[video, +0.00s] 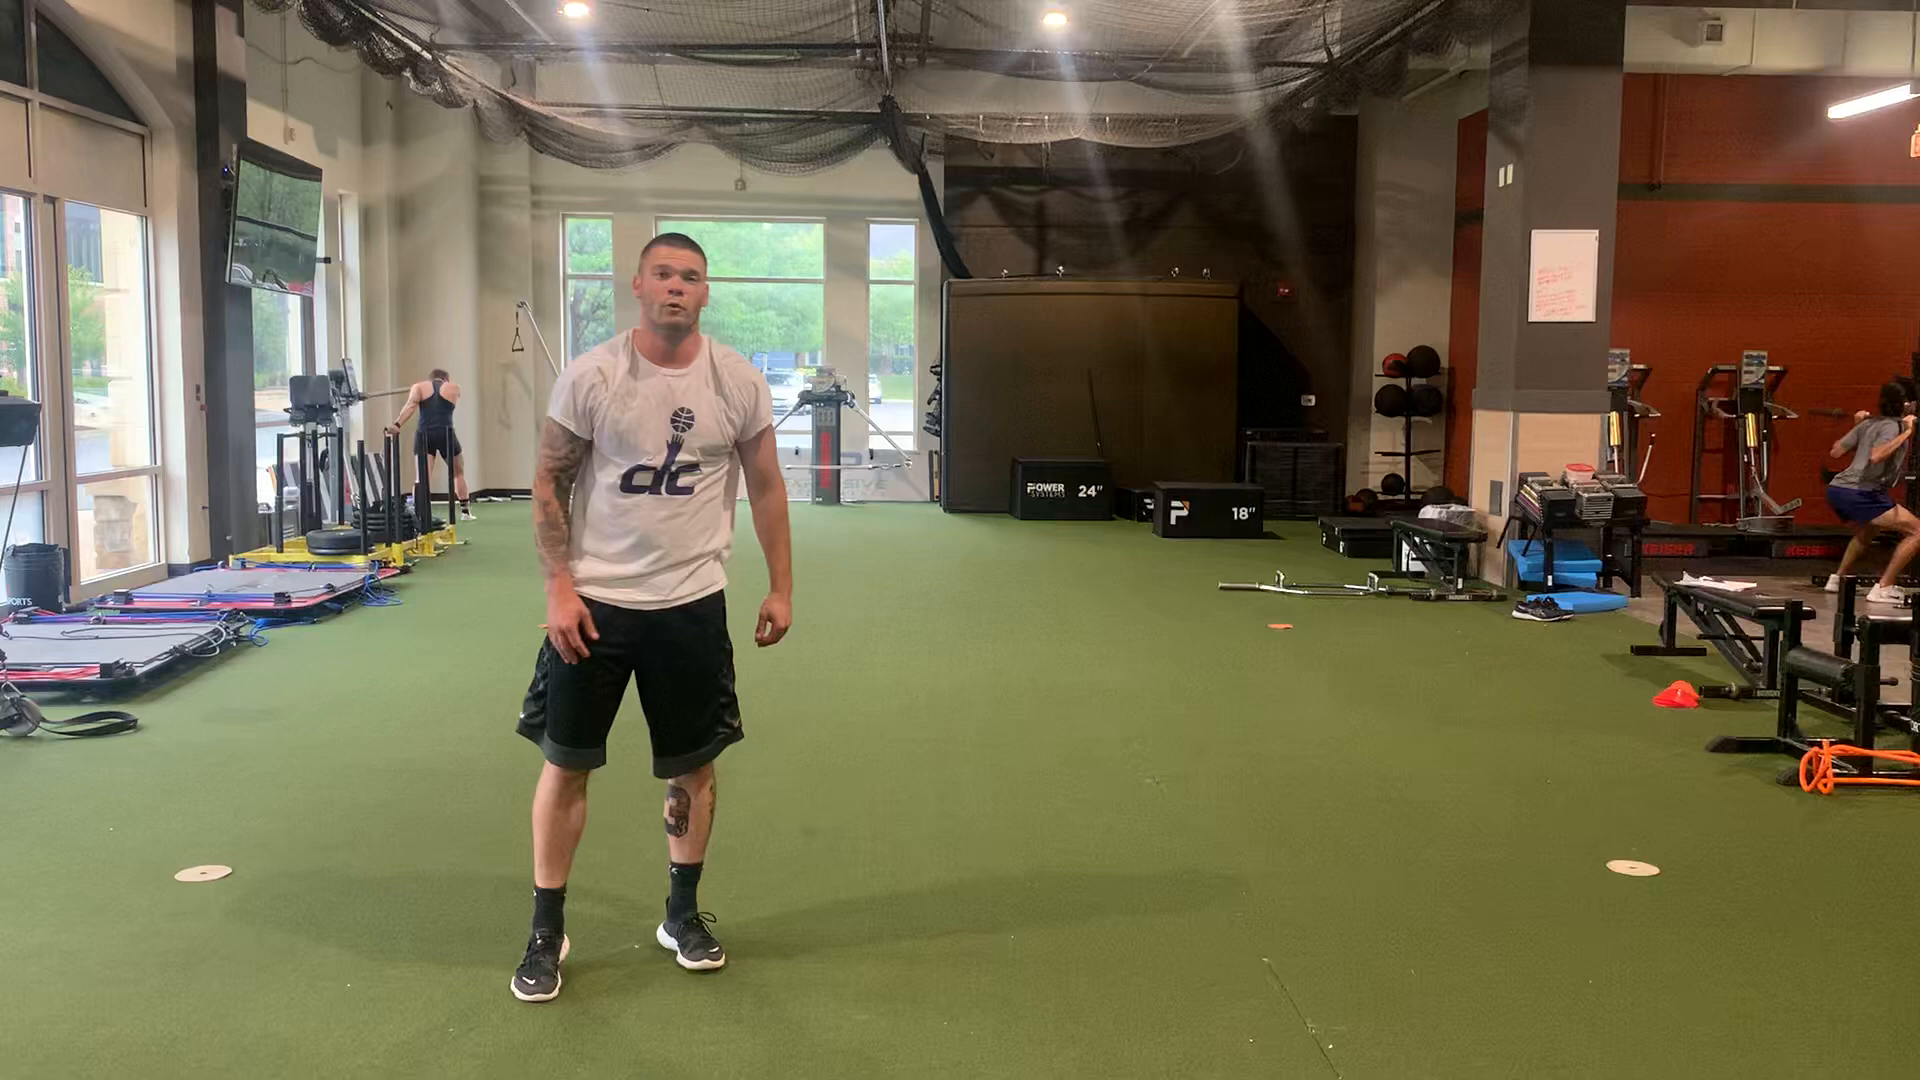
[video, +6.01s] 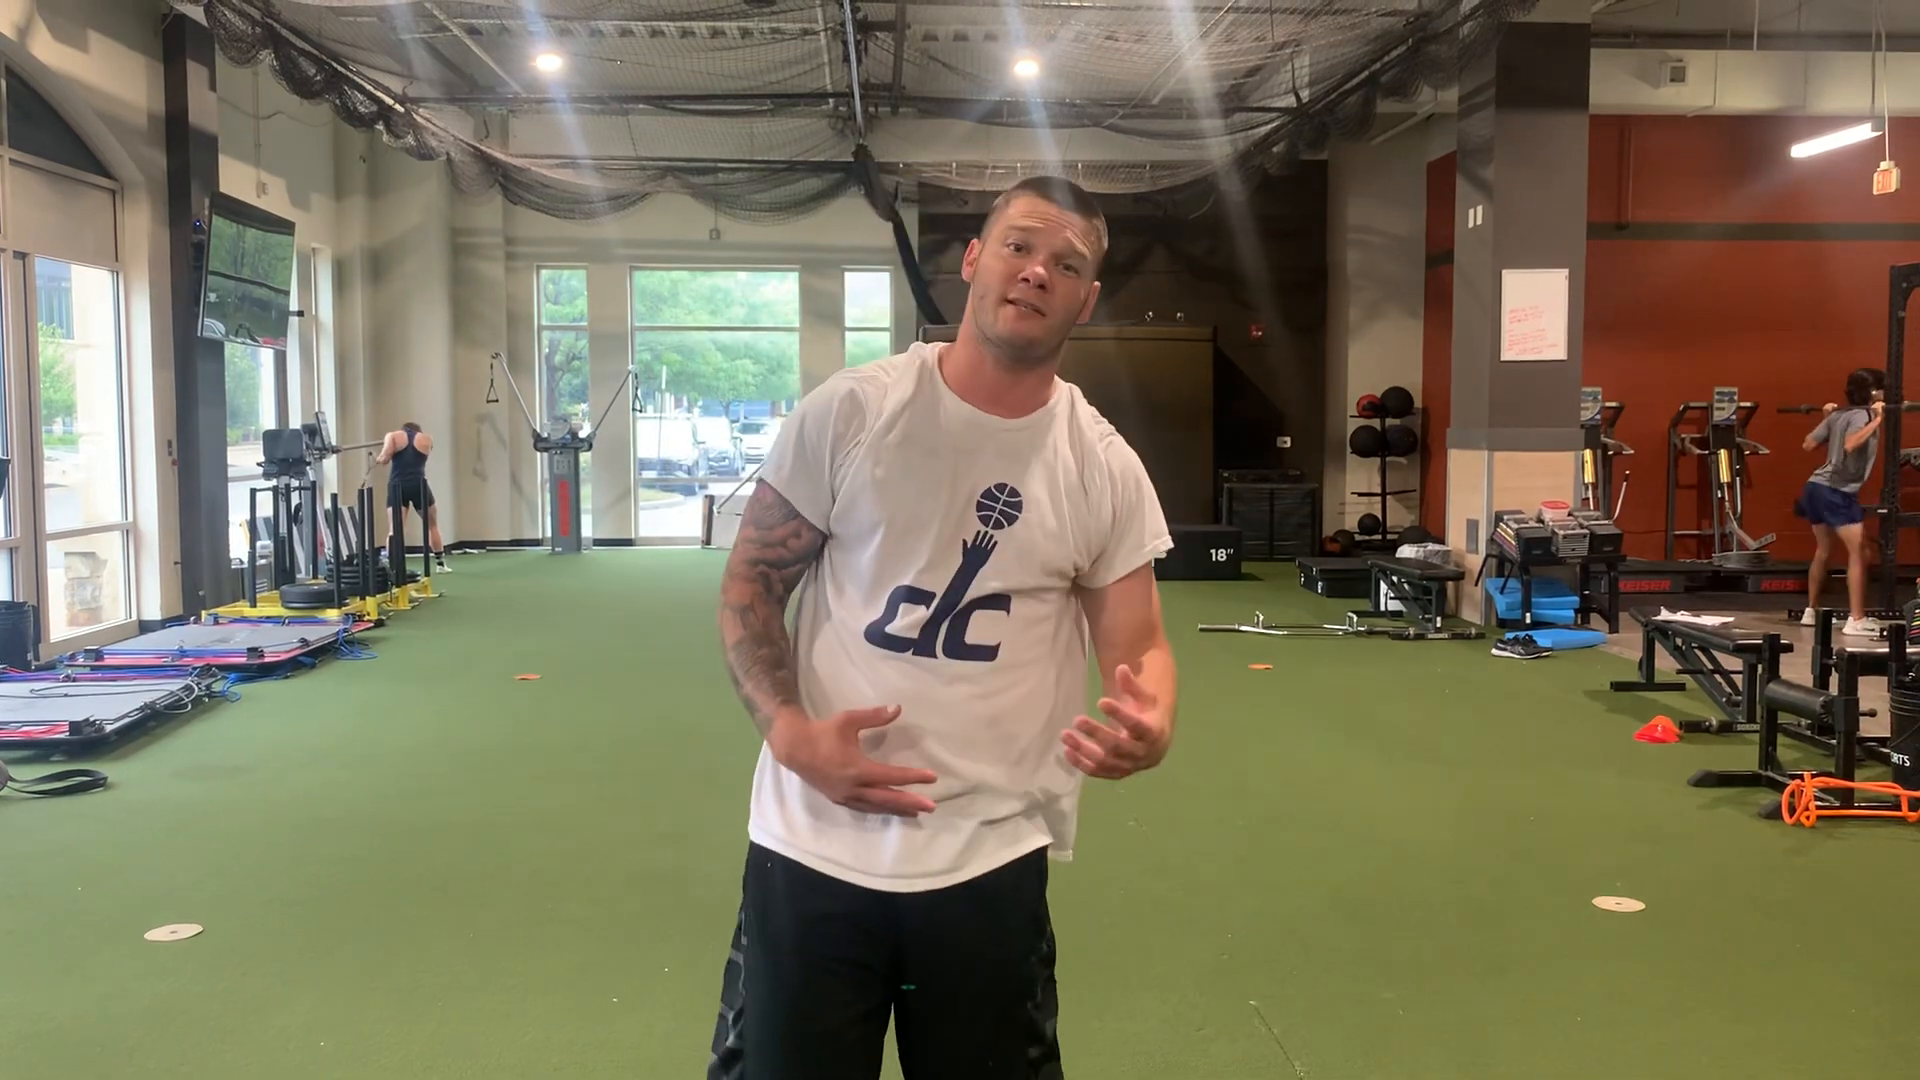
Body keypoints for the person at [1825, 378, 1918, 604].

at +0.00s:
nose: (1914, 407)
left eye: (1913, 402)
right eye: (1912, 402)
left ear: (1885, 402)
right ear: (1903, 404)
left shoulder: (1867, 424)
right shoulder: (1894, 427)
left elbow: (1836, 451)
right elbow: (1876, 456)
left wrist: (1858, 424)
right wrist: (1906, 433)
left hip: (1837, 490)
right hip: (1862, 496)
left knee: (1870, 528)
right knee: (1916, 530)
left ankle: (1838, 578)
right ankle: (1884, 587)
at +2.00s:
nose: (1915, 362)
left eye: (1915, 358)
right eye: (1913, 358)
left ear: (1883, 359)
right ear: (1904, 360)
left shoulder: (1868, 383)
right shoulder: (1894, 382)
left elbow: (1840, 411)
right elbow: (1881, 411)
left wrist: (1858, 384)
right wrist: (1909, 386)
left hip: (1845, 455)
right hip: (1868, 461)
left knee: (1860, 514)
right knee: (1901, 515)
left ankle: (1841, 572)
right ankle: (1889, 579)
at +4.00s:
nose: (1893, 445)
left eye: (1893, 440)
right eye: (1892, 440)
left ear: (1863, 442)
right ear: (1883, 444)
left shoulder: (1848, 462)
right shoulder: (1871, 464)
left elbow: (1816, 489)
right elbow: (1857, 494)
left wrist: (1837, 465)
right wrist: (1887, 470)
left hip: (1816, 528)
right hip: (1841, 533)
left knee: (1857, 544)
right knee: (1908, 545)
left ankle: (1823, 588)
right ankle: (1868, 597)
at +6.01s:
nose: (1883, 396)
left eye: (1883, 391)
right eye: (1881, 391)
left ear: (1852, 393)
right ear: (1870, 393)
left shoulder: (1837, 416)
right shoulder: (1862, 416)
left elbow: (1808, 444)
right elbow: (1850, 444)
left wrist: (1826, 416)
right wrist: (1877, 419)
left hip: (1815, 488)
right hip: (1837, 493)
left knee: (1822, 550)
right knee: (1857, 551)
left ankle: (1810, 610)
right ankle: (1857, 619)